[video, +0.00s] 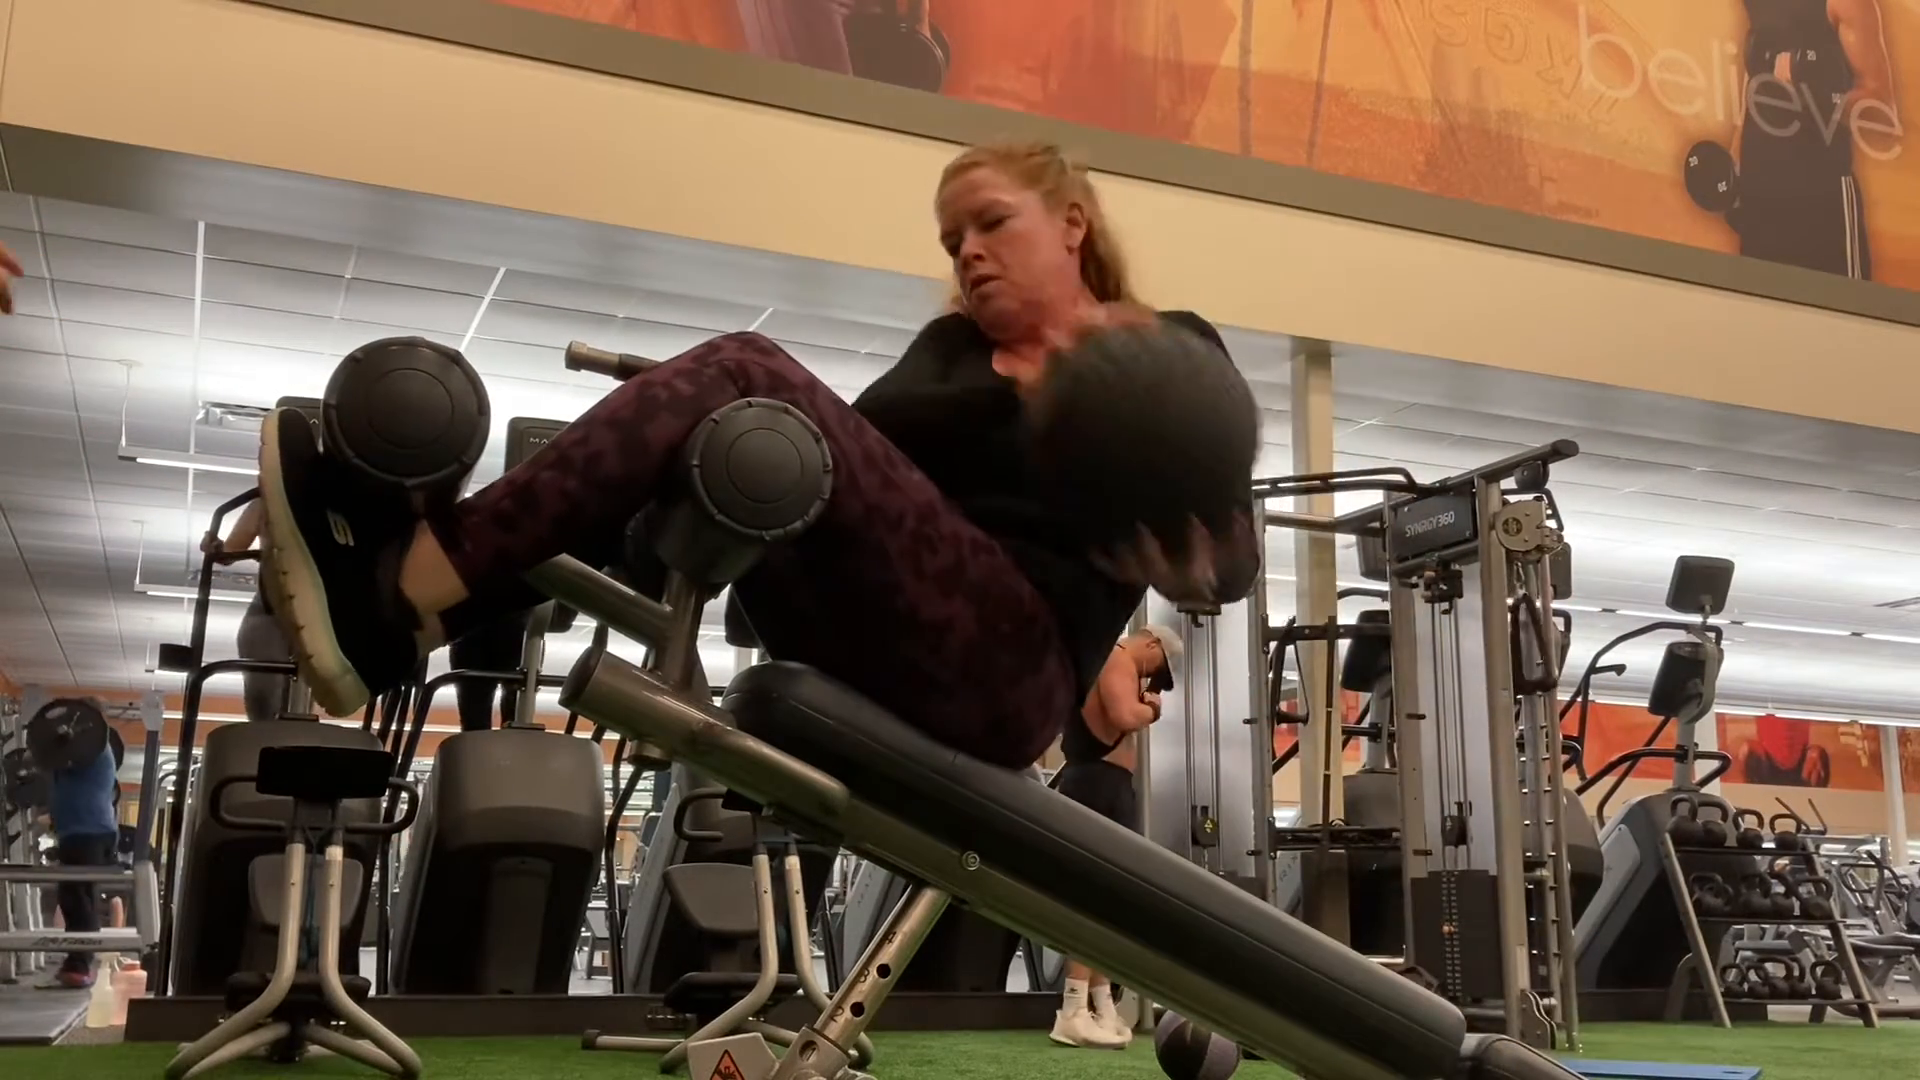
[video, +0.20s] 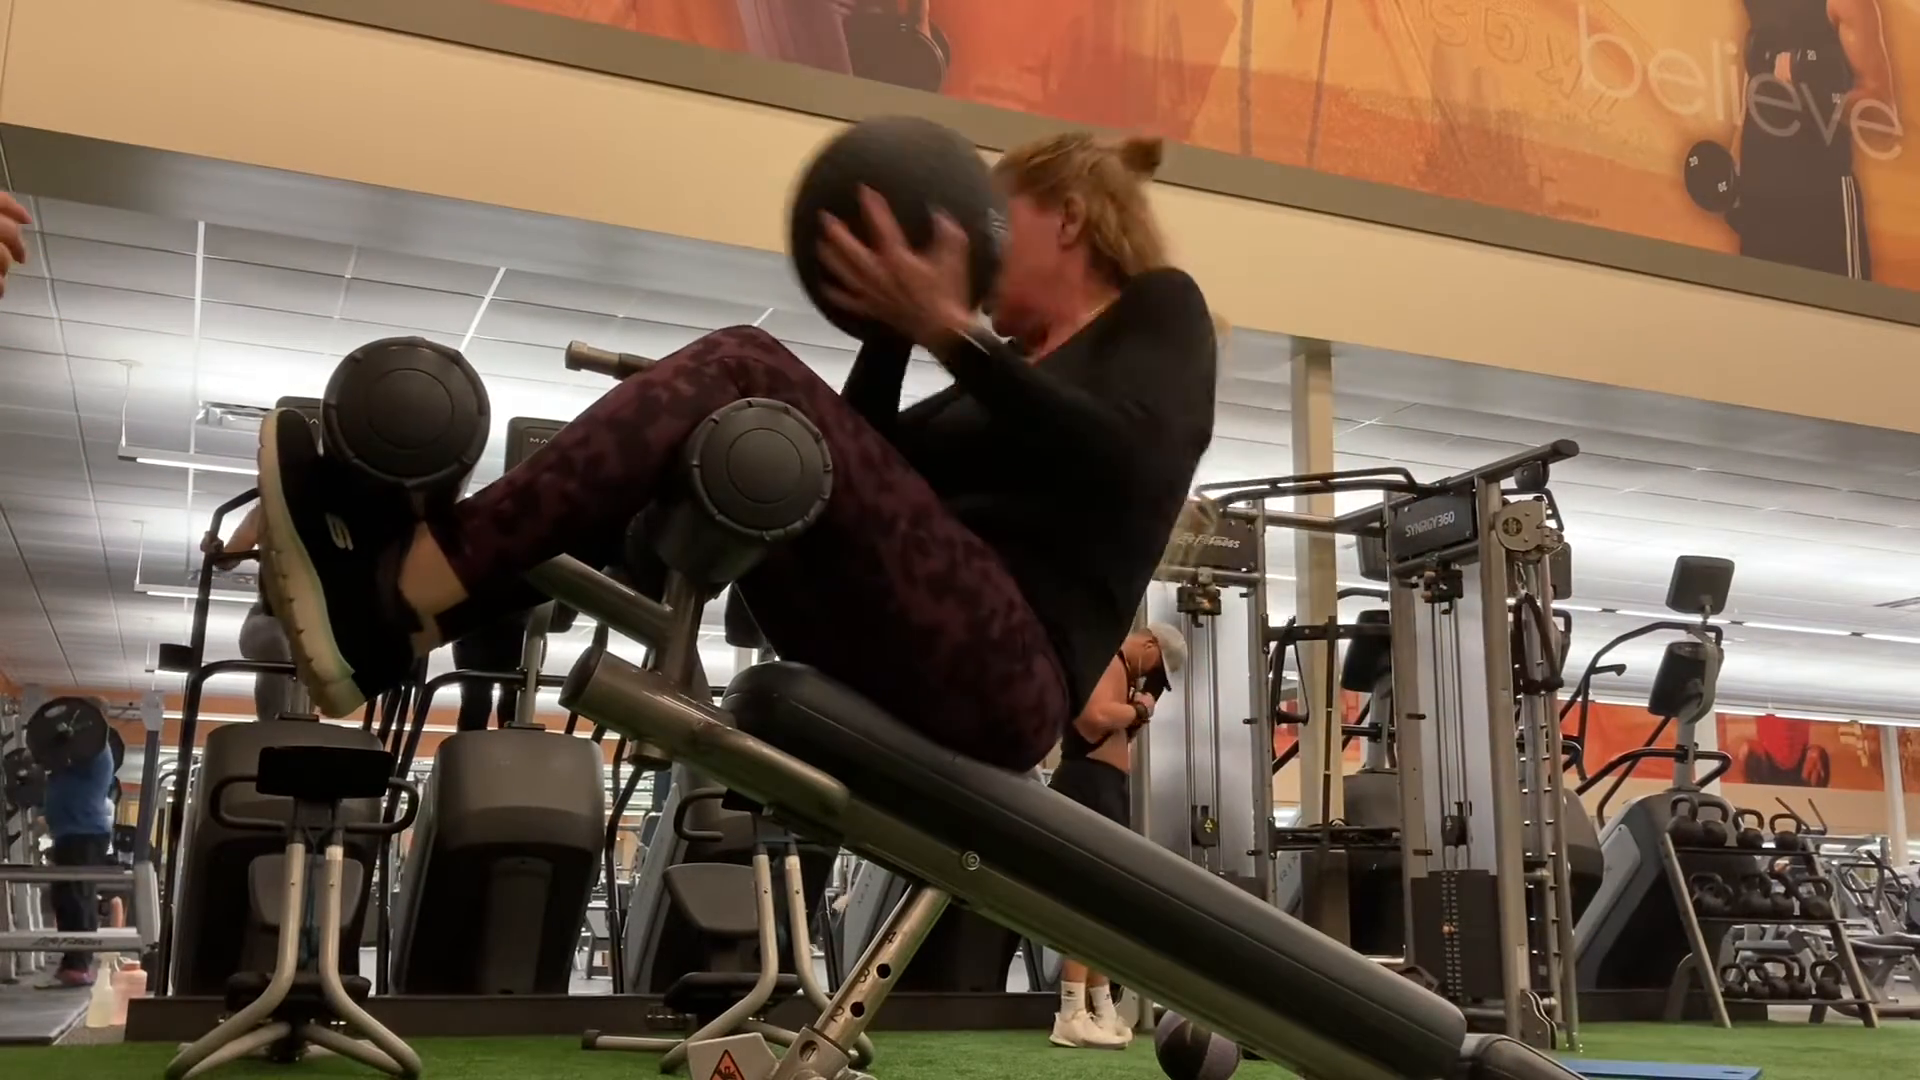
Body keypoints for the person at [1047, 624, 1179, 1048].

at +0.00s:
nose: (1152, 673)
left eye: (1156, 670)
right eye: (1156, 664)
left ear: (1142, 641)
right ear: (1150, 643)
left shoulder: (1101, 655)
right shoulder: (1120, 657)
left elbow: (1096, 723)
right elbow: (1121, 716)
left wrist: (1143, 700)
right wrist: (1152, 710)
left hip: (1088, 782)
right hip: (1100, 785)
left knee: (1101, 900)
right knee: (1090, 900)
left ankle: (1102, 1009)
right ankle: (1072, 1013)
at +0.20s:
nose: (1151, 671)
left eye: (1156, 668)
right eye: (1155, 665)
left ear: (1148, 647)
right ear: (1149, 645)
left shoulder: (1123, 670)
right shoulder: (1111, 660)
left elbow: (1112, 726)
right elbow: (1094, 715)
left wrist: (1136, 709)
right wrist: (1136, 710)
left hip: (1108, 786)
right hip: (1087, 784)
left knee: (1100, 900)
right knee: (1082, 899)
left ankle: (1101, 1010)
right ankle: (1071, 1016)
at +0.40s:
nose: (1145, 665)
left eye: (1150, 662)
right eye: (1149, 658)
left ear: (1139, 642)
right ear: (1139, 640)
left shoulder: (1117, 670)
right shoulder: (1098, 656)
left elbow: (1121, 737)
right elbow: (1075, 712)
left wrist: (1138, 715)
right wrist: (1125, 708)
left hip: (1110, 786)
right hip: (1084, 783)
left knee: (1101, 900)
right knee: (1076, 899)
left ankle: (1103, 1012)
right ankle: (1069, 1017)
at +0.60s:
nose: (1145, 656)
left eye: (1149, 650)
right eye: (1146, 646)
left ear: (1134, 632)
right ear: (1131, 628)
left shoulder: (1117, 663)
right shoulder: (1090, 654)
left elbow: (1107, 722)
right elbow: (1063, 711)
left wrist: (1131, 743)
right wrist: (1116, 738)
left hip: (1108, 784)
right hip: (1079, 783)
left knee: (1106, 898)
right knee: (1076, 900)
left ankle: (1106, 1009)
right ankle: (1070, 1018)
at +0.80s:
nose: (1144, 628)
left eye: (1148, 619)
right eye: (1140, 617)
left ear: (1135, 618)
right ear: (1115, 610)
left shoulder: (1119, 662)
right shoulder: (1089, 657)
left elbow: (1114, 728)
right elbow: (1060, 715)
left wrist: (1139, 760)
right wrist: (1094, 763)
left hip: (1107, 798)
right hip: (1075, 797)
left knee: (1104, 902)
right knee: (1072, 904)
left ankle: (1108, 1009)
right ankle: (1071, 1017)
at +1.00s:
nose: (1138, 615)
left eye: (1140, 608)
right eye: (1130, 607)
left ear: (1132, 613)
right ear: (1108, 609)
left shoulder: (1120, 660)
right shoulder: (1096, 657)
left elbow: (1112, 727)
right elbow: (1066, 719)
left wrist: (1127, 779)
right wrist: (1085, 772)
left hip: (1115, 790)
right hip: (1088, 788)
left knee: (1107, 900)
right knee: (1077, 900)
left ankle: (1108, 1008)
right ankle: (1070, 1015)